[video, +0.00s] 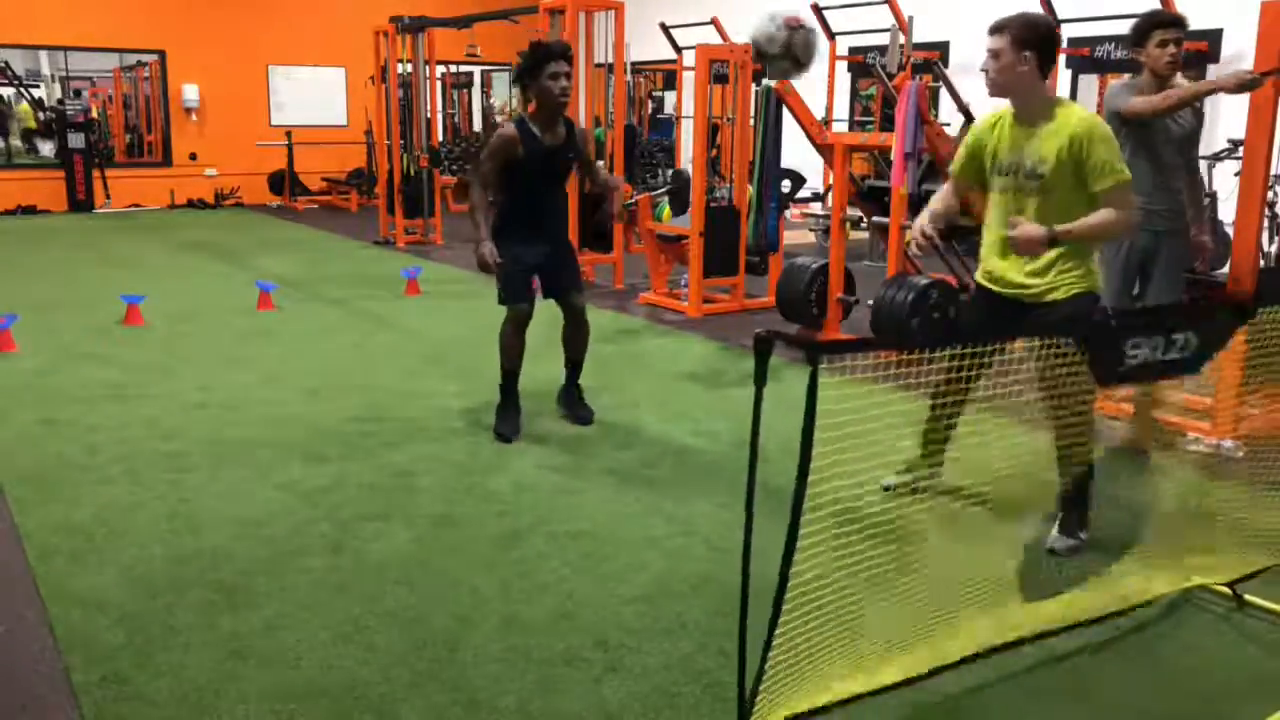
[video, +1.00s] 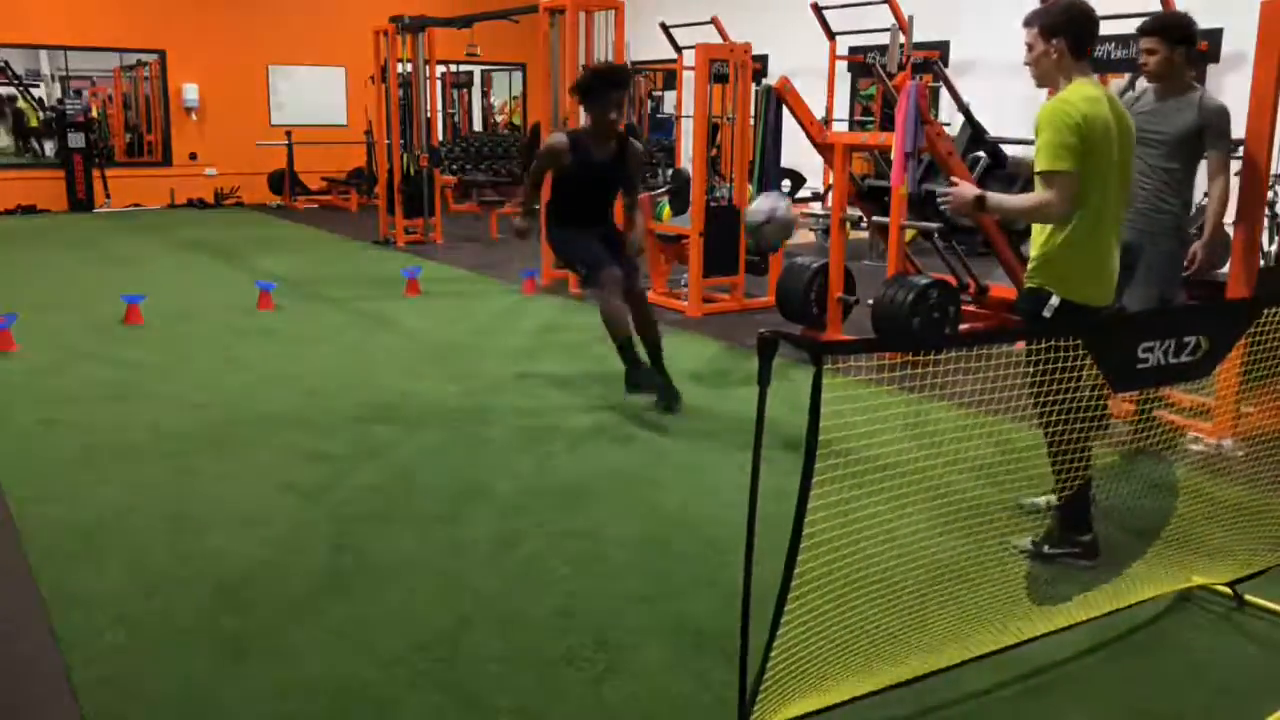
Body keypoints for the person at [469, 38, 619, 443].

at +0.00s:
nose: (564, 84)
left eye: (567, 77)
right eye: (554, 77)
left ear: (572, 84)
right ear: (531, 86)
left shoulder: (574, 136)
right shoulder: (508, 139)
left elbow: (590, 174)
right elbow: (479, 186)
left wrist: (609, 183)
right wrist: (483, 238)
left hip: (555, 238)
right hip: (513, 241)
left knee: (577, 310)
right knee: (519, 314)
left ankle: (571, 389)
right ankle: (509, 400)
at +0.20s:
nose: (561, 83)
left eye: (563, 77)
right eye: (551, 77)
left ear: (569, 84)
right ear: (531, 90)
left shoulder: (577, 137)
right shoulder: (516, 143)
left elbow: (591, 187)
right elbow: (496, 194)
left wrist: (629, 174)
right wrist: (508, 214)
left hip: (559, 238)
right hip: (524, 239)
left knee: (580, 314)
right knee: (531, 321)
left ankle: (568, 394)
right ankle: (502, 394)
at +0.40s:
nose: (562, 76)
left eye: (564, 69)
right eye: (552, 69)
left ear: (570, 75)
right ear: (532, 78)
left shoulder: (576, 127)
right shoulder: (524, 130)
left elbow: (585, 177)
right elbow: (512, 186)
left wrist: (620, 164)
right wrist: (535, 196)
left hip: (575, 235)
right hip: (538, 236)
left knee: (596, 305)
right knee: (534, 308)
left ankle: (573, 389)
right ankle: (510, 373)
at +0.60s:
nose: (586, 78)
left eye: (590, 70)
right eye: (579, 70)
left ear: (592, 70)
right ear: (556, 71)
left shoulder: (600, 115)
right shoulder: (538, 122)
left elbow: (622, 164)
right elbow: (522, 173)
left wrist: (630, 165)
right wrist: (530, 208)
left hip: (598, 226)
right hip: (557, 228)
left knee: (617, 300)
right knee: (551, 304)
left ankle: (616, 376)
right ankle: (522, 362)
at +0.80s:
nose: (616, 104)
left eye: (619, 96)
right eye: (610, 96)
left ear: (621, 98)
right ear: (589, 96)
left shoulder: (624, 138)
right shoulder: (557, 135)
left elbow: (634, 181)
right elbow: (525, 175)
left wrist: (645, 203)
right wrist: (515, 225)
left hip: (604, 226)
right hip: (569, 226)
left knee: (624, 296)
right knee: (613, 288)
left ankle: (620, 379)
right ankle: (599, 366)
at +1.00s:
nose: (615, 117)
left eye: (620, 109)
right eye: (607, 109)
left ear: (626, 109)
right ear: (587, 108)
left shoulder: (629, 152)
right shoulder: (560, 147)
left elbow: (631, 199)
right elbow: (533, 182)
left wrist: (635, 232)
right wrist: (527, 216)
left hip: (603, 228)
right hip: (565, 229)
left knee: (635, 288)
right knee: (609, 278)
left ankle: (658, 369)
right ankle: (633, 368)